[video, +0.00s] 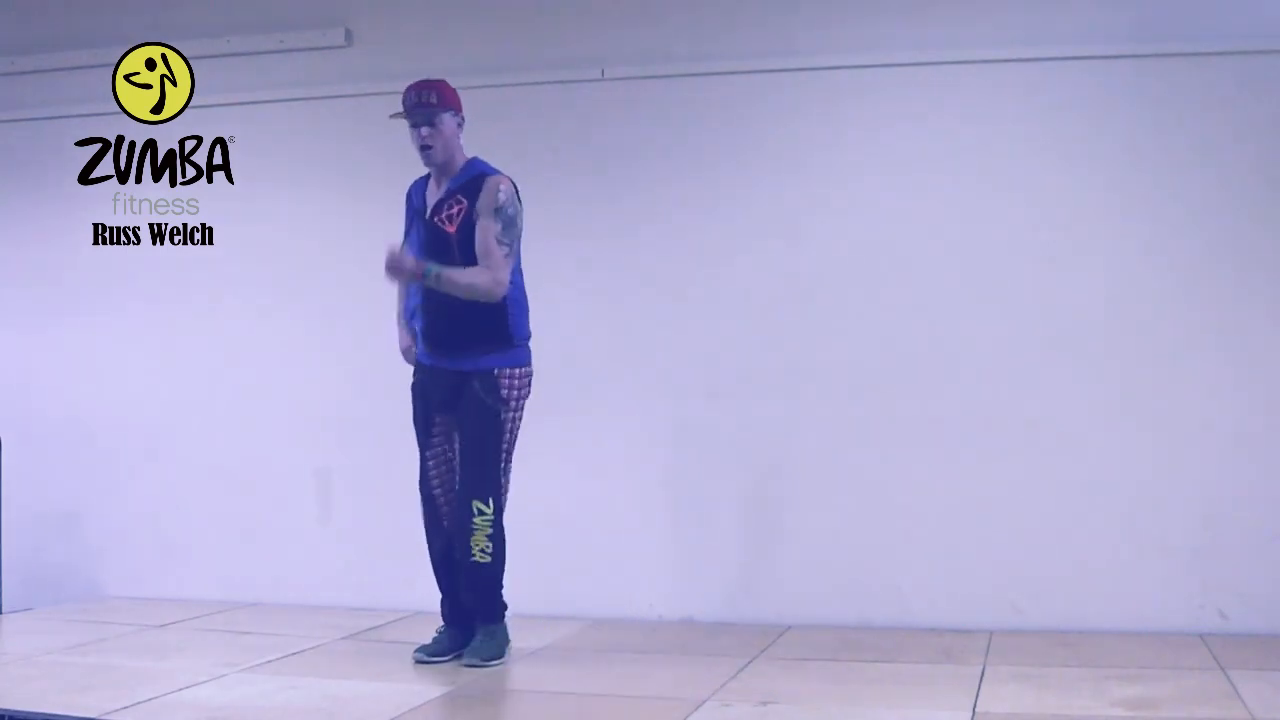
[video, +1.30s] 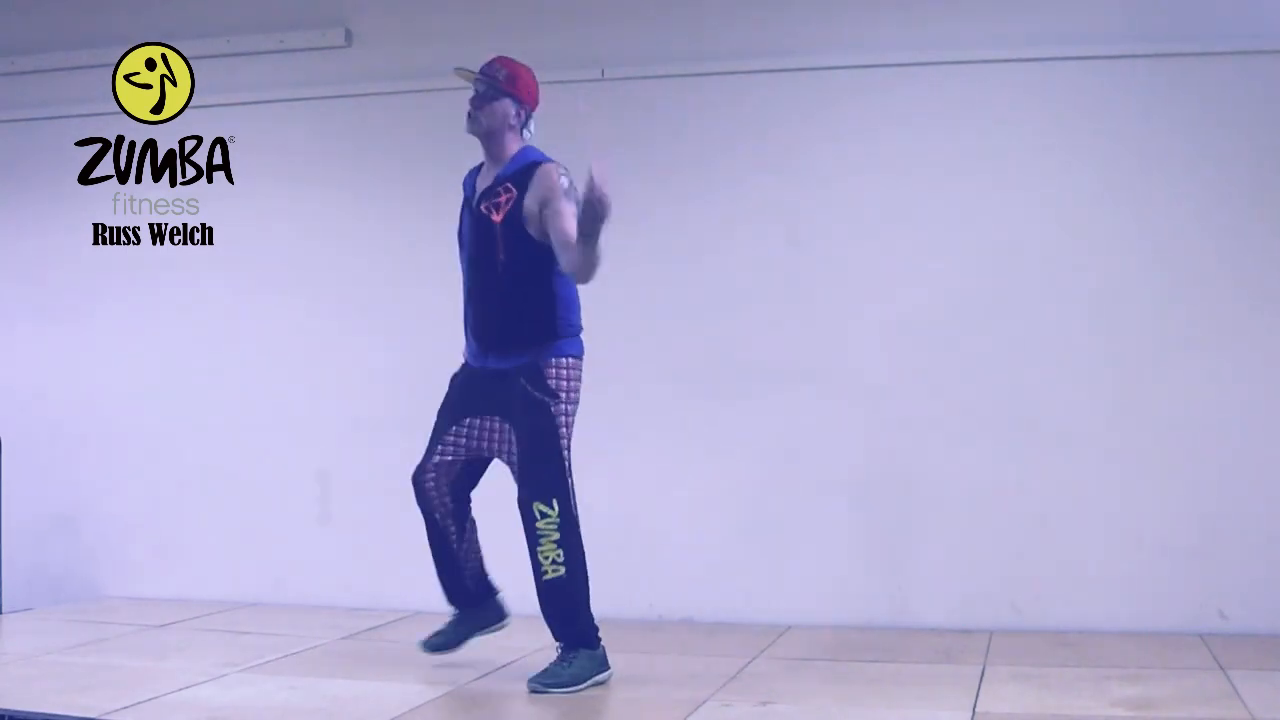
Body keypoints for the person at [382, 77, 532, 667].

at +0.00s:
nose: (422, 136)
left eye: (430, 124)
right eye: (414, 127)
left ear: (458, 123)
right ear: (409, 133)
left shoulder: (495, 190)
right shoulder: (418, 194)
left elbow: (494, 283)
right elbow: (412, 273)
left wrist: (420, 271)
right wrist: (404, 326)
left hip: (493, 364)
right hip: (436, 364)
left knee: (479, 497)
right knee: (439, 495)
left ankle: (490, 625)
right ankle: (457, 622)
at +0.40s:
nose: (441, 112)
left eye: (449, 102)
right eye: (428, 104)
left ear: (465, 112)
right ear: (412, 119)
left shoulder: (494, 170)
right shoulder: (416, 194)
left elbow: (534, 242)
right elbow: (408, 261)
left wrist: (499, 328)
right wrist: (415, 314)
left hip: (507, 352)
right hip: (447, 360)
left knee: (523, 489)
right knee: (460, 494)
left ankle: (571, 633)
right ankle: (460, 624)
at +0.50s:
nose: (454, 119)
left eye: (463, 108)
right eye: (441, 112)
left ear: (479, 118)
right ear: (426, 127)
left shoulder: (506, 175)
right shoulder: (434, 201)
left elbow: (542, 225)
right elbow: (426, 273)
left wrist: (584, 285)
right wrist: (430, 333)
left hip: (519, 365)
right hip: (457, 372)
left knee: (543, 504)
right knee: (460, 502)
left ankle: (581, 646)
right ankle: (462, 623)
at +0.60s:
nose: (460, 118)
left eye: (468, 107)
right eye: (447, 111)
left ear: (485, 116)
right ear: (432, 127)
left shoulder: (515, 168)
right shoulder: (445, 201)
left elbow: (556, 188)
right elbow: (443, 275)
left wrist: (598, 219)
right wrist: (451, 338)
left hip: (533, 363)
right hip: (472, 370)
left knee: (542, 505)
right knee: (450, 498)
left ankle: (581, 646)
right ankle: (459, 611)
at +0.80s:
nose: (474, 127)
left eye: (483, 115)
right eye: (461, 120)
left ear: (501, 125)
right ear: (446, 136)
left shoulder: (538, 177)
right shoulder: (463, 209)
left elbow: (617, 179)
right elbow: (477, 282)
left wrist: (585, 120)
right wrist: (482, 349)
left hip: (556, 368)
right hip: (496, 373)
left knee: (546, 513)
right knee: (439, 481)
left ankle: (582, 650)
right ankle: (511, 584)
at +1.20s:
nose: (475, 107)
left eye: (490, 99)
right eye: (475, 98)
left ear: (522, 116)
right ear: (480, 116)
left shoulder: (553, 179)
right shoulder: (476, 192)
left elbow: (617, 231)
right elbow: (483, 277)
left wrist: (597, 148)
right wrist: (484, 351)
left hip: (552, 373)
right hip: (495, 373)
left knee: (544, 518)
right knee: (441, 486)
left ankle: (583, 652)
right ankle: (521, 597)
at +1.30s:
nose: (472, 103)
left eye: (485, 94)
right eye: (473, 94)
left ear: (517, 108)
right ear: (481, 111)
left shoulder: (545, 178)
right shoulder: (474, 182)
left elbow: (578, 269)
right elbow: (485, 271)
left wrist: (591, 231)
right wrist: (477, 349)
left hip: (543, 365)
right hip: (484, 365)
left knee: (545, 503)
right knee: (435, 481)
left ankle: (582, 648)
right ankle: (476, 604)